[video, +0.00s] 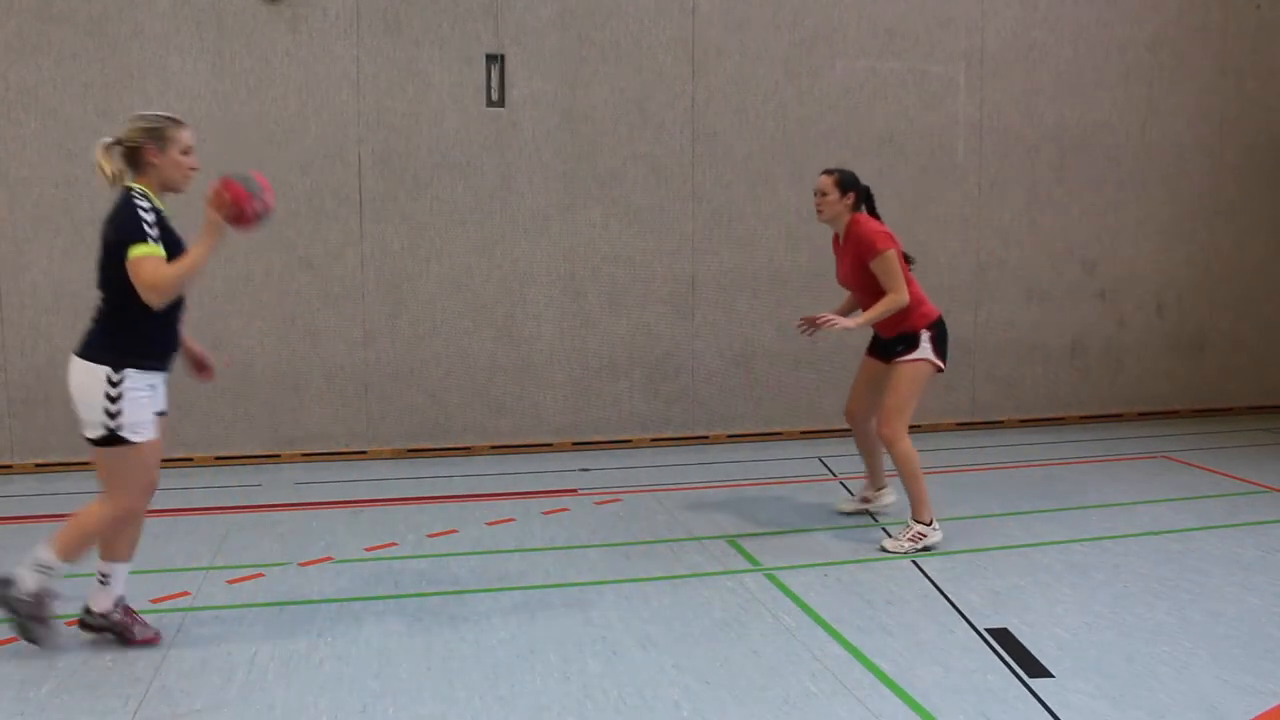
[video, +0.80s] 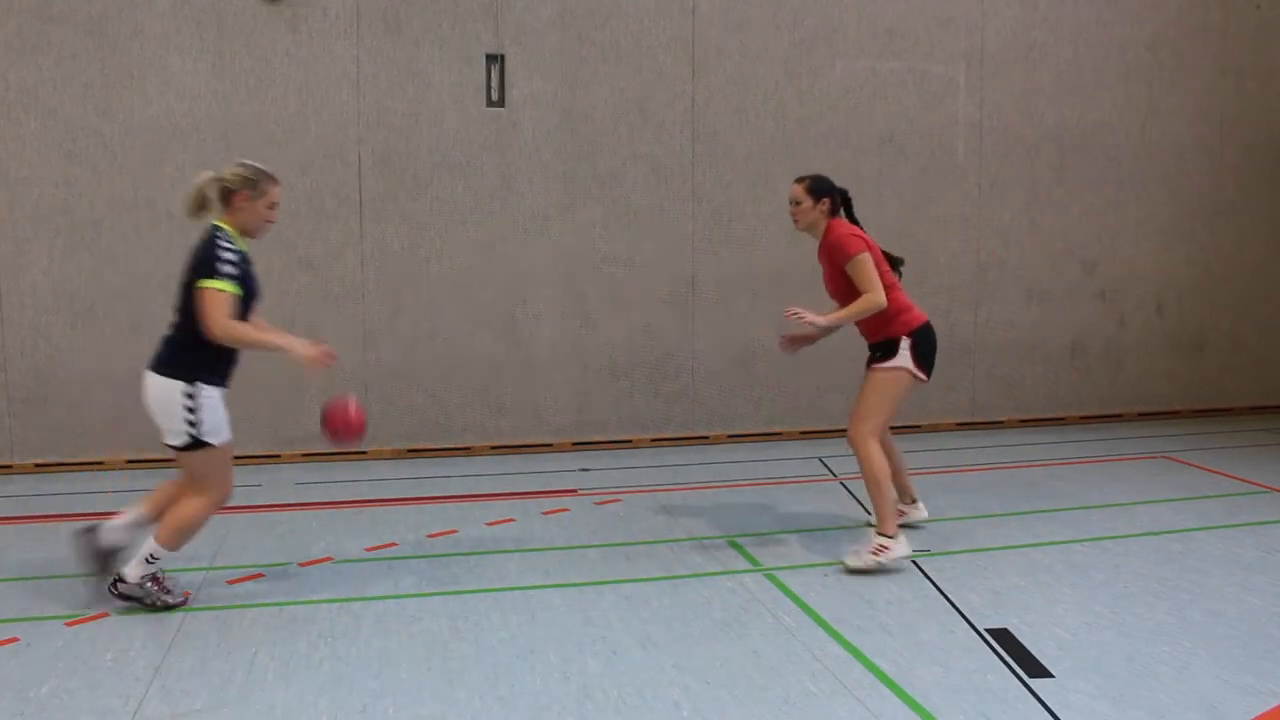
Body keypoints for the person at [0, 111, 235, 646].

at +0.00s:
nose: (194, 162)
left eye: (193, 152)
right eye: (185, 152)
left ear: (155, 157)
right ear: (152, 156)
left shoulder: (149, 210)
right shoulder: (132, 212)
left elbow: (148, 292)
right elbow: (154, 289)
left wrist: (183, 343)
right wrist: (209, 235)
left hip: (140, 372)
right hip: (113, 373)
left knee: (138, 488)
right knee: (123, 496)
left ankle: (105, 604)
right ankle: (29, 582)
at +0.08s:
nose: (171, 169)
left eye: (170, 159)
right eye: (162, 160)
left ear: (134, 165)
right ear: (130, 164)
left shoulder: (132, 215)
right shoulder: (110, 218)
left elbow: (113, 303)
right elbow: (157, 281)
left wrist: (145, 358)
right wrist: (198, 221)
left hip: (124, 377)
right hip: (88, 379)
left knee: (137, 482)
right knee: (71, 499)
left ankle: (79, 585)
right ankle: (2, 577)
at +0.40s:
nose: (164, 206)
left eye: (163, 196)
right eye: (155, 197)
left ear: (124, 201)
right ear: (122, 199)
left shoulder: (118, 245)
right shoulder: (106, 249)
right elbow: (171, 313)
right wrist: (231, 270)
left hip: (102, 397)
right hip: (67, 397)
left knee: (117, 486)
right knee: (43, 508)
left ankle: (45, 574)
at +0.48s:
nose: (181, 202)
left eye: (182, 193)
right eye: (174, 192)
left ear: (144, 193)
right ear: (141, 191)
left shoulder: (129, 235)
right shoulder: (124, 240)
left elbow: (107, 309)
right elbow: (165, 321)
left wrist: (133, 365)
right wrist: (232, 331)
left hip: (111, 384)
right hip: (83, 386)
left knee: (114, 480)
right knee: (85, 493)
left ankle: (45, 571)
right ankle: (6, 570)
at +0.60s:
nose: (213, 205)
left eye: (215, 196)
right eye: (208, 195)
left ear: (176, 191)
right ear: (177, 188)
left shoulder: (160, 233)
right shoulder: (158, 238)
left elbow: (158, 312)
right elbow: (136, 319)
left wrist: (197, 349)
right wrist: (182, 367)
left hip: (106, 370)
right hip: (122, 377)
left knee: (96, 475)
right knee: (142, 486)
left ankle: (43, 574)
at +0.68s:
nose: (233, 211)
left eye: (236, 202)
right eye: (229, 201)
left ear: (200, 195)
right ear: (198, 192)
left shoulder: (185, 240)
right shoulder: (176, 241)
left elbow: (190, 317)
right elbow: (150, 318)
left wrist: (243, 346)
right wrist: (199, 364)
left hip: (125, 372)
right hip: (146, 380)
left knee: (105, 477)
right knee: (183, 484)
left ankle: (46, 570)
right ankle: (124, 578)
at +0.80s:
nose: (274, 216)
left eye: (275, 207)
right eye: (269, 206)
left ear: (241, 203)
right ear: (240, 201)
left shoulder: (230, 249)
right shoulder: (219, 250)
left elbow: (244, 319)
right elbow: (217, 325)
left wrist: (296, 345)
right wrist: (287, 344)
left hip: (185, 380)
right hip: (188, 385)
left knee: (198, 479)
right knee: (213, 488)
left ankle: (110, 535)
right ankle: (136, 573)